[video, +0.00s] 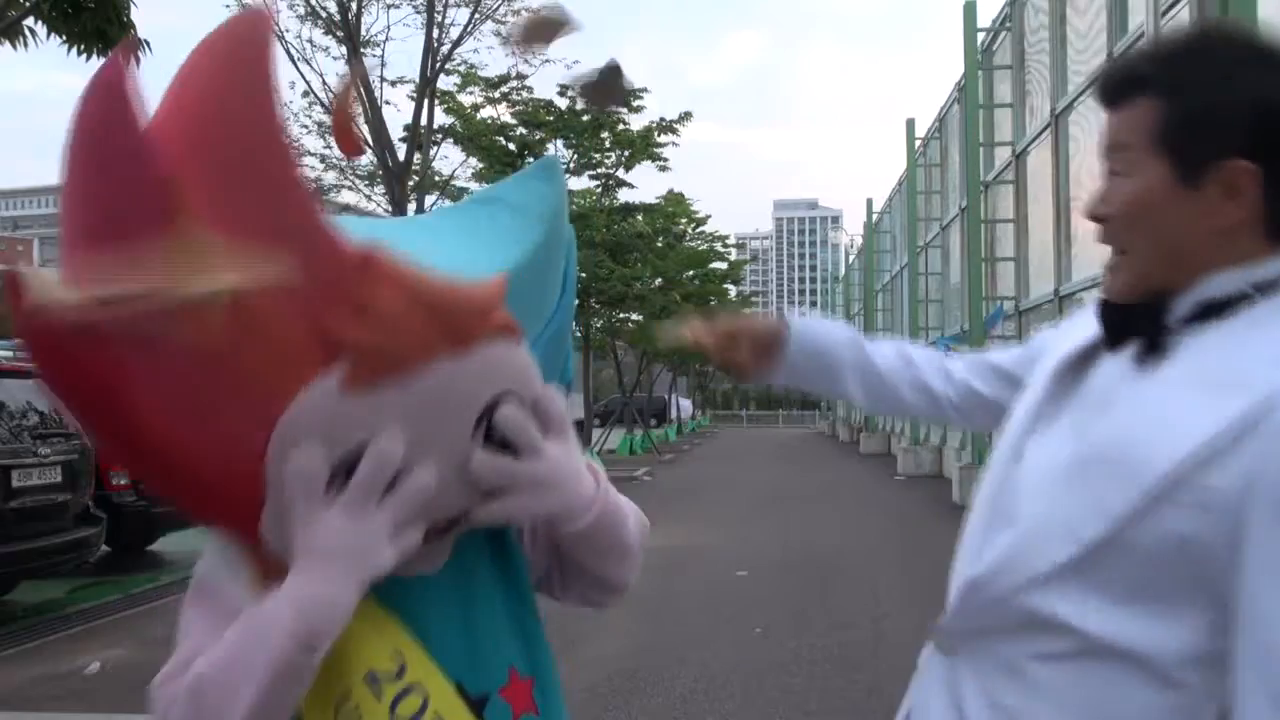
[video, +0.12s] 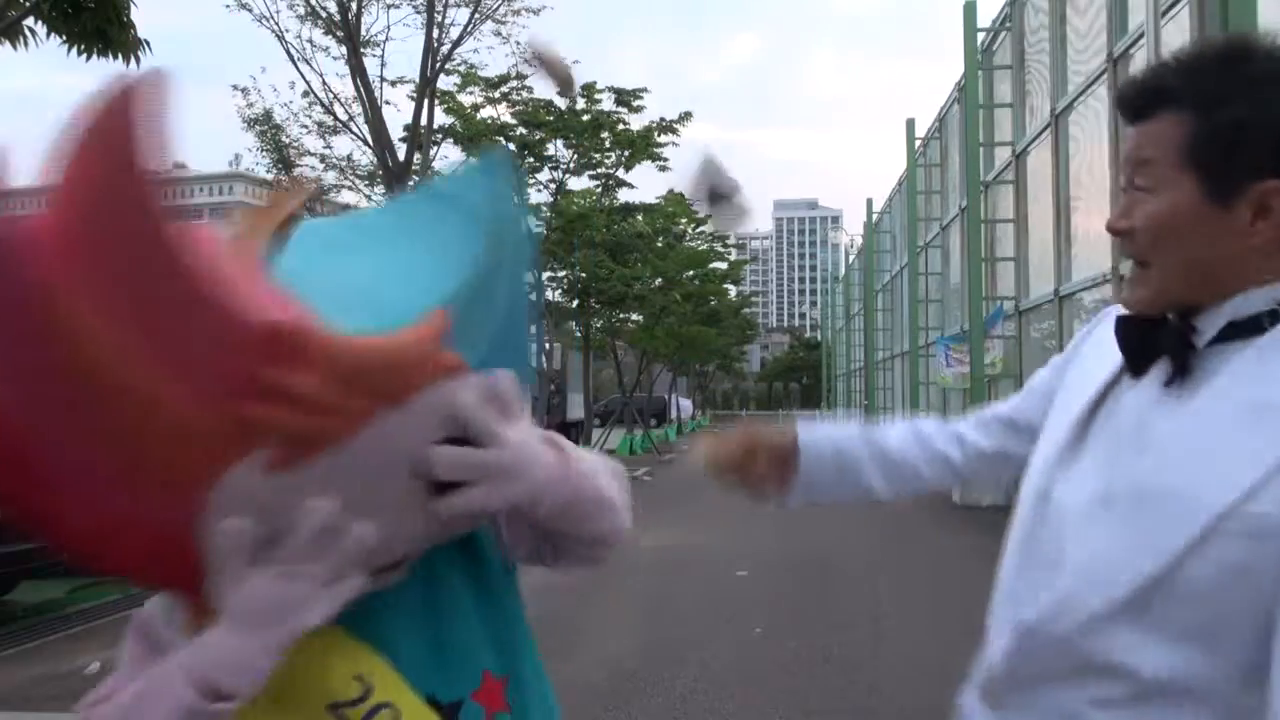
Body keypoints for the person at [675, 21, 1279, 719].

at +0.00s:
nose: (1093, 206)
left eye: (1120, 167)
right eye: (1103, 169)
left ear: (1232, 193)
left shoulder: (1265, 395)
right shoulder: (1102, 330)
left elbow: (1261, 694)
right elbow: (957, 385)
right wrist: (790, 346)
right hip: (943, 690)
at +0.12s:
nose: (1114, 220)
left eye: (1145, 186)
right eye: (1122, 189)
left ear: (1261, 212)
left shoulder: (1270, 394)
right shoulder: (1114, 338)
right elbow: (976, 448)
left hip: (1149, 703)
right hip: (993, 698)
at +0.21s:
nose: (1102, 225)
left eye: (1131, 190)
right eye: (1107, 192)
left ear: (1255, 211)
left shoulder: (1269, 376)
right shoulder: (1094, 347)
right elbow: (980, 488)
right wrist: (822, 536)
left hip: (1194, 704)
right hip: (1042, 697)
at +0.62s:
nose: (1095, 254)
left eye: (1119, 222)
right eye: (1087, 228)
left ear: (1230, 219)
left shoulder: (1271, 356)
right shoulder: (1089, 387)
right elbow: (1045, 571)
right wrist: (968, 692)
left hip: (1264, 699)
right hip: (1160, 705)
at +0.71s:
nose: (1118, 244)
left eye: (1144, 211)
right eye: (1111, 218)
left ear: (1254, 210)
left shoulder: (1274, 358)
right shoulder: (1107, 382)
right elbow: (1062, 568)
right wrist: (984, 693)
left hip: (1267, 701)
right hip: (1168, 705)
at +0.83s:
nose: (1137, 239)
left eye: (1165, 205)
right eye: (1130, 214)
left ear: (1268, 203)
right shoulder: (1122, 379)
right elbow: (1076, 569)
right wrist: (998, 701)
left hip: (1268, 699)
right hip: (1177, 705)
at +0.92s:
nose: (1155, 235)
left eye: (1185, 202)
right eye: (1148, 209)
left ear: (1274, 200)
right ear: (1139, 215)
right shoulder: (1133, 377)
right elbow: (1086, 572)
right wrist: (1014, 709)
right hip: (1185, 705)